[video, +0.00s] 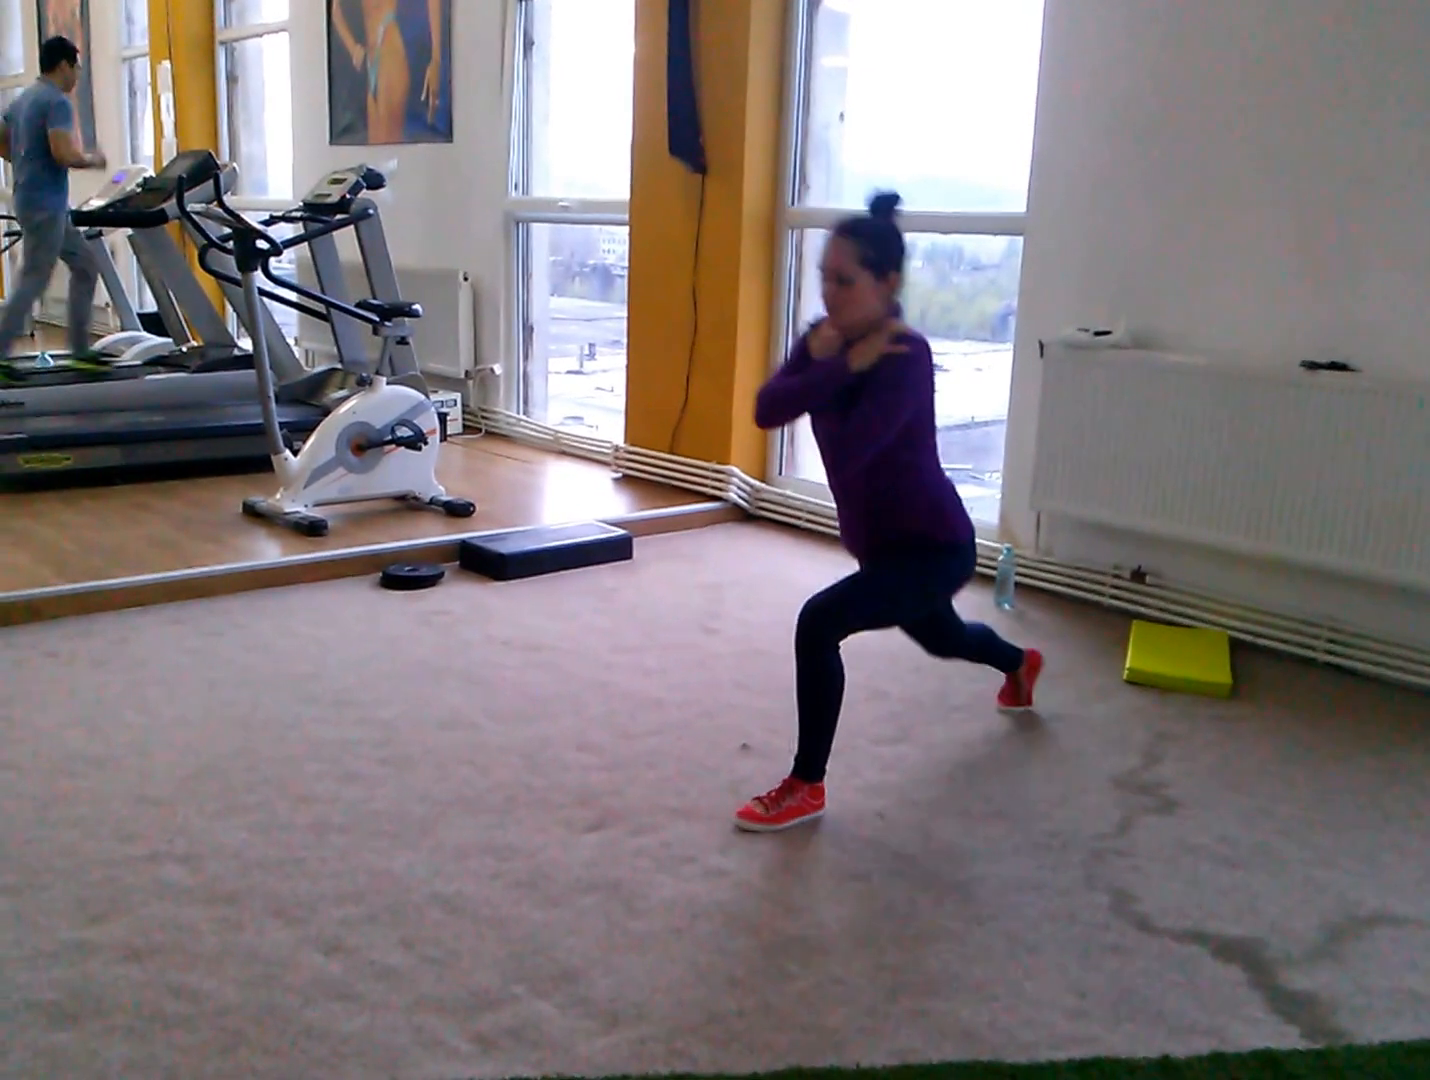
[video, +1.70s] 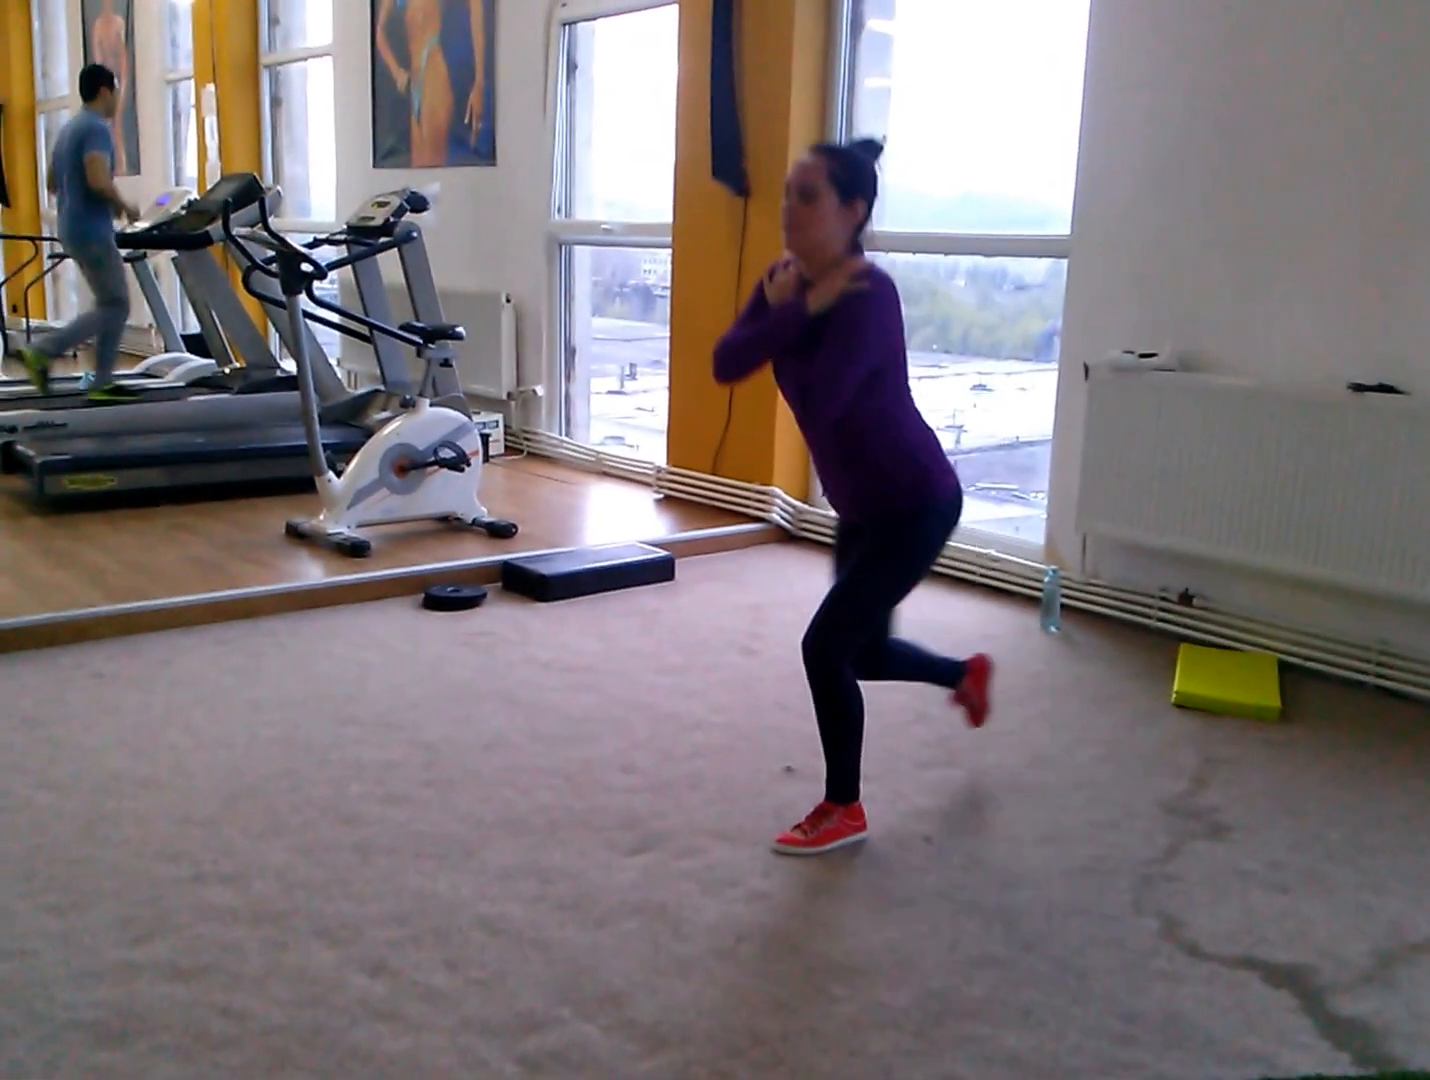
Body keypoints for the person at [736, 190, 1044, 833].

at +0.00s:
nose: (830, 293)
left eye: (845, 280)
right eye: (825, 278)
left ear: (888, 285)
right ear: (821, 280)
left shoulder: (907, 358)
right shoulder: (819, 342)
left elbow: (853, 449)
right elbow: (766, 412)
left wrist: (815, 371)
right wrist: (845, 365)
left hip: (935, 551)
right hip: (879, 549)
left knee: (818, 622)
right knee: (946, 638)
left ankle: (806, 785)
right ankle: (1020, 662)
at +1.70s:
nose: (791, 212)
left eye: (808, 198)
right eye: (787, 197)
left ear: (856, 211)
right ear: (785, 207)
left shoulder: (869, 297)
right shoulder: (782, 286)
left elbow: (822, 404)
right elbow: (724, 366)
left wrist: (770, 321)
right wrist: (789, 306)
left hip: (916, 502)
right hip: (859, 506)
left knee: (826, 646)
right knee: (863, 655)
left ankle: (843, 806)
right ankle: (965, 675)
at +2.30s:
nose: (739, 199)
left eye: (754, 184)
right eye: (735, 185)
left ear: (807, 191)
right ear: (736, 187)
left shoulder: (827, 282)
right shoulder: (740, 271)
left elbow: (733, 357)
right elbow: (659, 312)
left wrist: (727, 283)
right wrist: (745, 268)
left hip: (783, 533)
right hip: (704, 523)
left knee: (751, 717)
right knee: (619, 684)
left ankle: (848, 801)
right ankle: (558, 856)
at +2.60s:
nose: (640, 282)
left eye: (656, 268)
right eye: (638, 267)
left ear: (710, 275)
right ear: (646, 272)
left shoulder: (726, 362)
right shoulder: (649, 350)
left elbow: (627, 436)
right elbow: (560, 397)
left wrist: (626, 379)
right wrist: (651, 352)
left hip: (695, 618)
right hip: (621, 603)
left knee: (679, 818)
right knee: (505, 709)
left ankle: (820, 803)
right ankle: (546, 875)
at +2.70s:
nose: (612, 313)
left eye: (627, 298)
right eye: (610, 297)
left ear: (683, 302)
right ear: (651, 303)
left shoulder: (700, 393)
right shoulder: (625, 374)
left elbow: (596, 470)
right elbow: (534, 424)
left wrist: (619, 394)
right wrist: (630, 377)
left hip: (676, 646)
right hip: (602, 631)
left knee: (677, 847)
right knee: (485, 720)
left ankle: (817, 806)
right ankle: (545, 875)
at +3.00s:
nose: (558, 360)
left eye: (573, 345)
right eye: (557, 344)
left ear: (631, 351)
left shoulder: (652, 446)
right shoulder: (564, 424)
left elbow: (547, 542)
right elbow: (486, 488)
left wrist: (557, 451)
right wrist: (578, 439)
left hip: (651, 688)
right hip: (578, 675)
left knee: (669, 887)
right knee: (468, 738)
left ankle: (811, 813)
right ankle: (547, 877)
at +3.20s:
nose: (549, 358)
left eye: (563, 343)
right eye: (546, 342)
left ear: (620, 347)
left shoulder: (643, 441)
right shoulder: (559, 426)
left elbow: (548, 545)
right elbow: (480, 493)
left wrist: (545, 456)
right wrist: (569, 439)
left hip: (654, 684)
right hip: (582, 670)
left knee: (667, 880)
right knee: (472, 736)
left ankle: (810, 813)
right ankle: (546, 879)